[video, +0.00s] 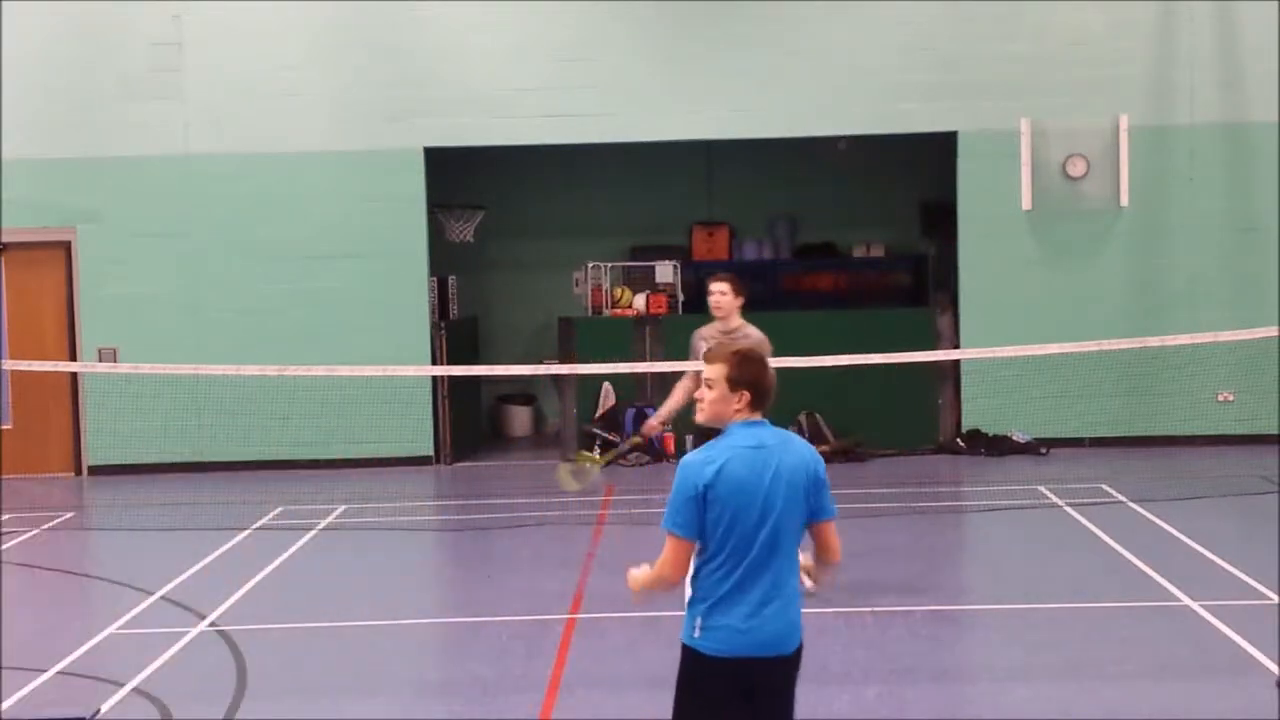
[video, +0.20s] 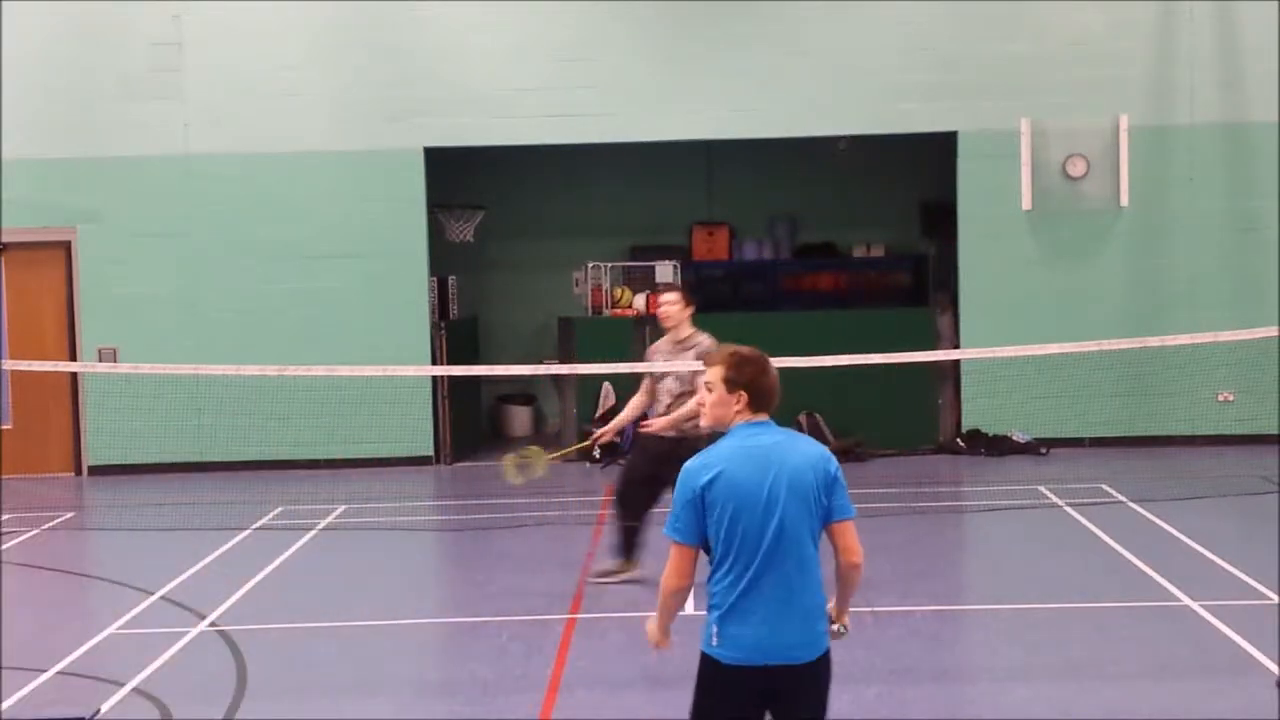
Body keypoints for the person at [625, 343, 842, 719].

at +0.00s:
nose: (697, 394)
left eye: (708, 386)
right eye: (701, 384)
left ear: (741, 399)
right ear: (744, 399)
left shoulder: (699, 465)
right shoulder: (804, 455)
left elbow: (671, 571)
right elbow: (829, 552)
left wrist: (644, 578)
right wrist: (812, 570)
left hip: (714, 648)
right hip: (780, 645)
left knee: (696, 713)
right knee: (774, 713)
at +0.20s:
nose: (699, 399)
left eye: (708, 389)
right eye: (702, 388)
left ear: (739, 399)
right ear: (744, 398)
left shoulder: (701, 469)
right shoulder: (817, 457)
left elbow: (677, 581)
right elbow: (852, 557)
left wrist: (661, 625)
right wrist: (840, 609)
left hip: (732, 662)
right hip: (805, 658)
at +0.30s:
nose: (714, 396)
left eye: (717, 386)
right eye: (715, 386)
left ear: (735, 393)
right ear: (777, 392)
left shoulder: (707, 468)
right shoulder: (825, 455)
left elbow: (682, 581)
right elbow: (858, 559)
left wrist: (674, 644)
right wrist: (846, 619)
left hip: (745, 661)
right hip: (820, 657)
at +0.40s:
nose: (730, 400)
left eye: (731, 393)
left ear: (737, 401)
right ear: (795, 397)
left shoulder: (717, 481)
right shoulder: (838, 464)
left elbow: (697, 596)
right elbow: (870, 571)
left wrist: (696, 671)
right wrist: (862, 627)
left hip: (759, 675)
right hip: (834, 672)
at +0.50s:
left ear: (751, 417)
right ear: (813, 410)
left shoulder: (735, 495)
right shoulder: (858, 478)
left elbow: (735, 612)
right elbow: (894, 587)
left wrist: (725, 700)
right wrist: (889, 649)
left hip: (778, 695)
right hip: (856, 689)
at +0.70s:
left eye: (773, 412)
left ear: (778, 421)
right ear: (842, 413)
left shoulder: (780, 493)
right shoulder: (898, 474)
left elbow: (780, 614)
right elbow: (947, 577)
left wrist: (755, 702)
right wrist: (940, 657)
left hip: (831, 695)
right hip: (909, 691)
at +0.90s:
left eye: (798, 412)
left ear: (803, 421)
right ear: (871, 413)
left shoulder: (805, 492)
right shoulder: (927, 473)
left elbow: (784, 629)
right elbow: (988, 574)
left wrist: (762, 696)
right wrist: (979, 651)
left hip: (886, 692)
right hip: (962, 685)